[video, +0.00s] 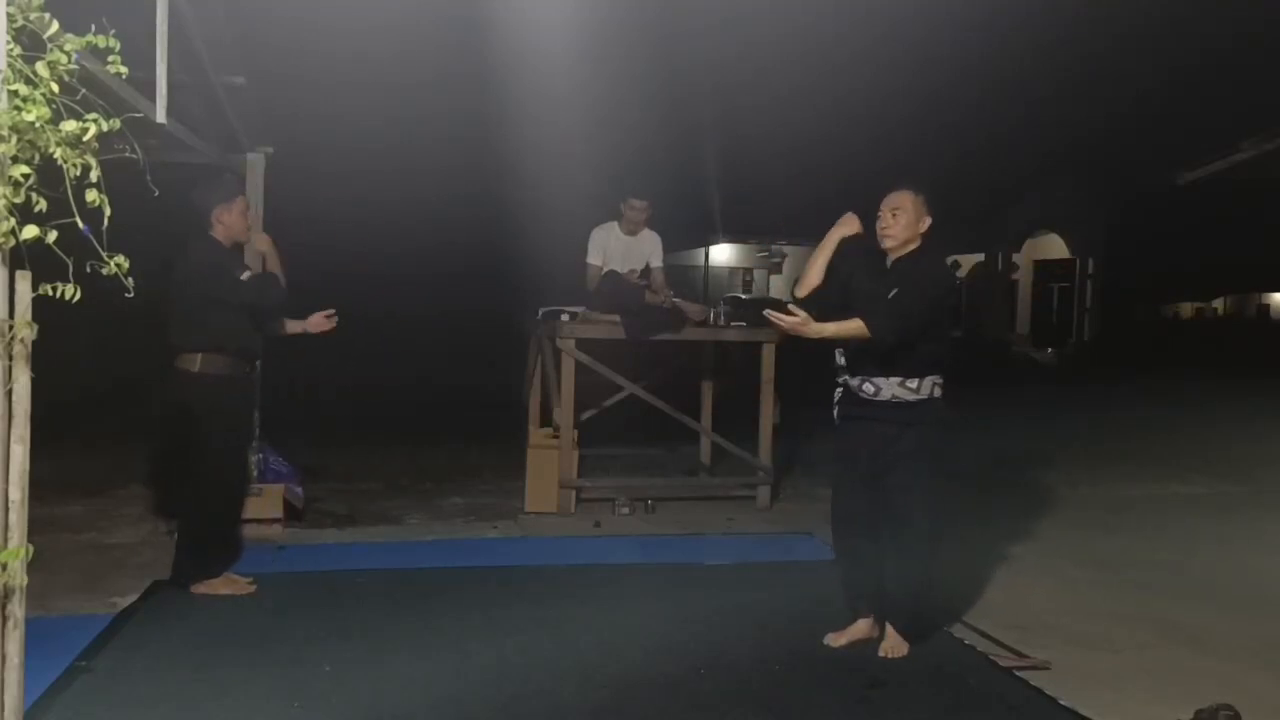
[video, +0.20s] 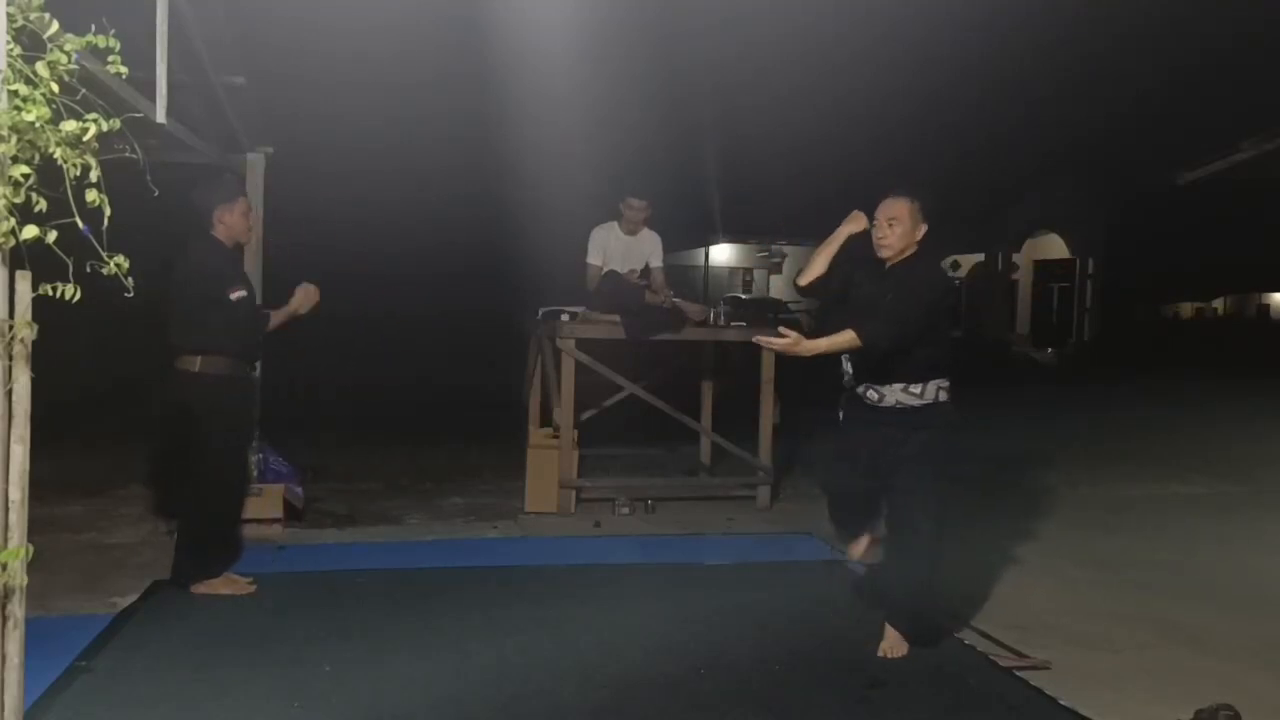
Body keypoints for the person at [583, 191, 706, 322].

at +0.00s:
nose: (637, 216)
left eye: (642, 210)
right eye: (632, 209)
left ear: (649, 212)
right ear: (622, 207)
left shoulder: (653, 239)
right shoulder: (601, 234)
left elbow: (658, 282)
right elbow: (592, 285)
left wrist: (664, 295)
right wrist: (621, 280)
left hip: (634, 300)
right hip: (602, 300)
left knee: (674, 317)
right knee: (611, 278)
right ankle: (679, 308)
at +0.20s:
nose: (635, 215)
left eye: (641, 210)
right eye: (630, 209)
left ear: (648, 212)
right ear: (621, 208)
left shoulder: (653, 239)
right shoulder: (601, 234)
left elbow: (658, 282)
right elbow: (592, 285)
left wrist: (664, 294)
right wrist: (621, 280)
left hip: (636, 299)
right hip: (602, 299)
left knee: (672, 317)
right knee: (611, 278)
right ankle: (678, 309)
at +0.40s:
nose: (633, 215)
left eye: (639, 210)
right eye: (628, 208)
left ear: (648, 212)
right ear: (621, 207)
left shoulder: (653, 240)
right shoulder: (601, 234)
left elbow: (659, 282)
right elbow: (591, 284)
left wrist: (664, 294)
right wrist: (622, 279)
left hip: (635, 300)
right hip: (602, 300)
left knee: (676, 317)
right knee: (611, 278)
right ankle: (679, 306)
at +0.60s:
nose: (633, 214)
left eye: (639, 209)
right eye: (628, 207)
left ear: (648, 212)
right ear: (621, 207)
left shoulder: (653, 239)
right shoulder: (601, 234)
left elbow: (658, 282)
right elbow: (591, 284)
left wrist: (664, 294)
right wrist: (621, 279)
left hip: (635, 300)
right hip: (602, 300)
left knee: (675, 317)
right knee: (611, 278)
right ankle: (679, 306)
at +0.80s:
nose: (633, 215)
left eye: (639, 209)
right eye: (628, 208)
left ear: (648, 212)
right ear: (621, 207)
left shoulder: (652, 239)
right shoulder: (601, 234)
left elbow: (658, 282)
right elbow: (591, 283)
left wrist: (664, 294)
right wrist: (622, 279)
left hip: (636, 299)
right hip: (602, 299)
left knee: (675, 318)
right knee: (610, 278)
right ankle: (679, 305)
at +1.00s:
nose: (633, 214)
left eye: (639, 209)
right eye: (628, 208)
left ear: (648, 212)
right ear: (621, 207)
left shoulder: (652, 239)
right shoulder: (601, 234)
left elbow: (659, 282)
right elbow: (591, 283)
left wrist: (665, 295)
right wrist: (621, 280)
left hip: (636, 300)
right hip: (602, 299)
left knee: (674, 317)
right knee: (610, 278)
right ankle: (680, 305)